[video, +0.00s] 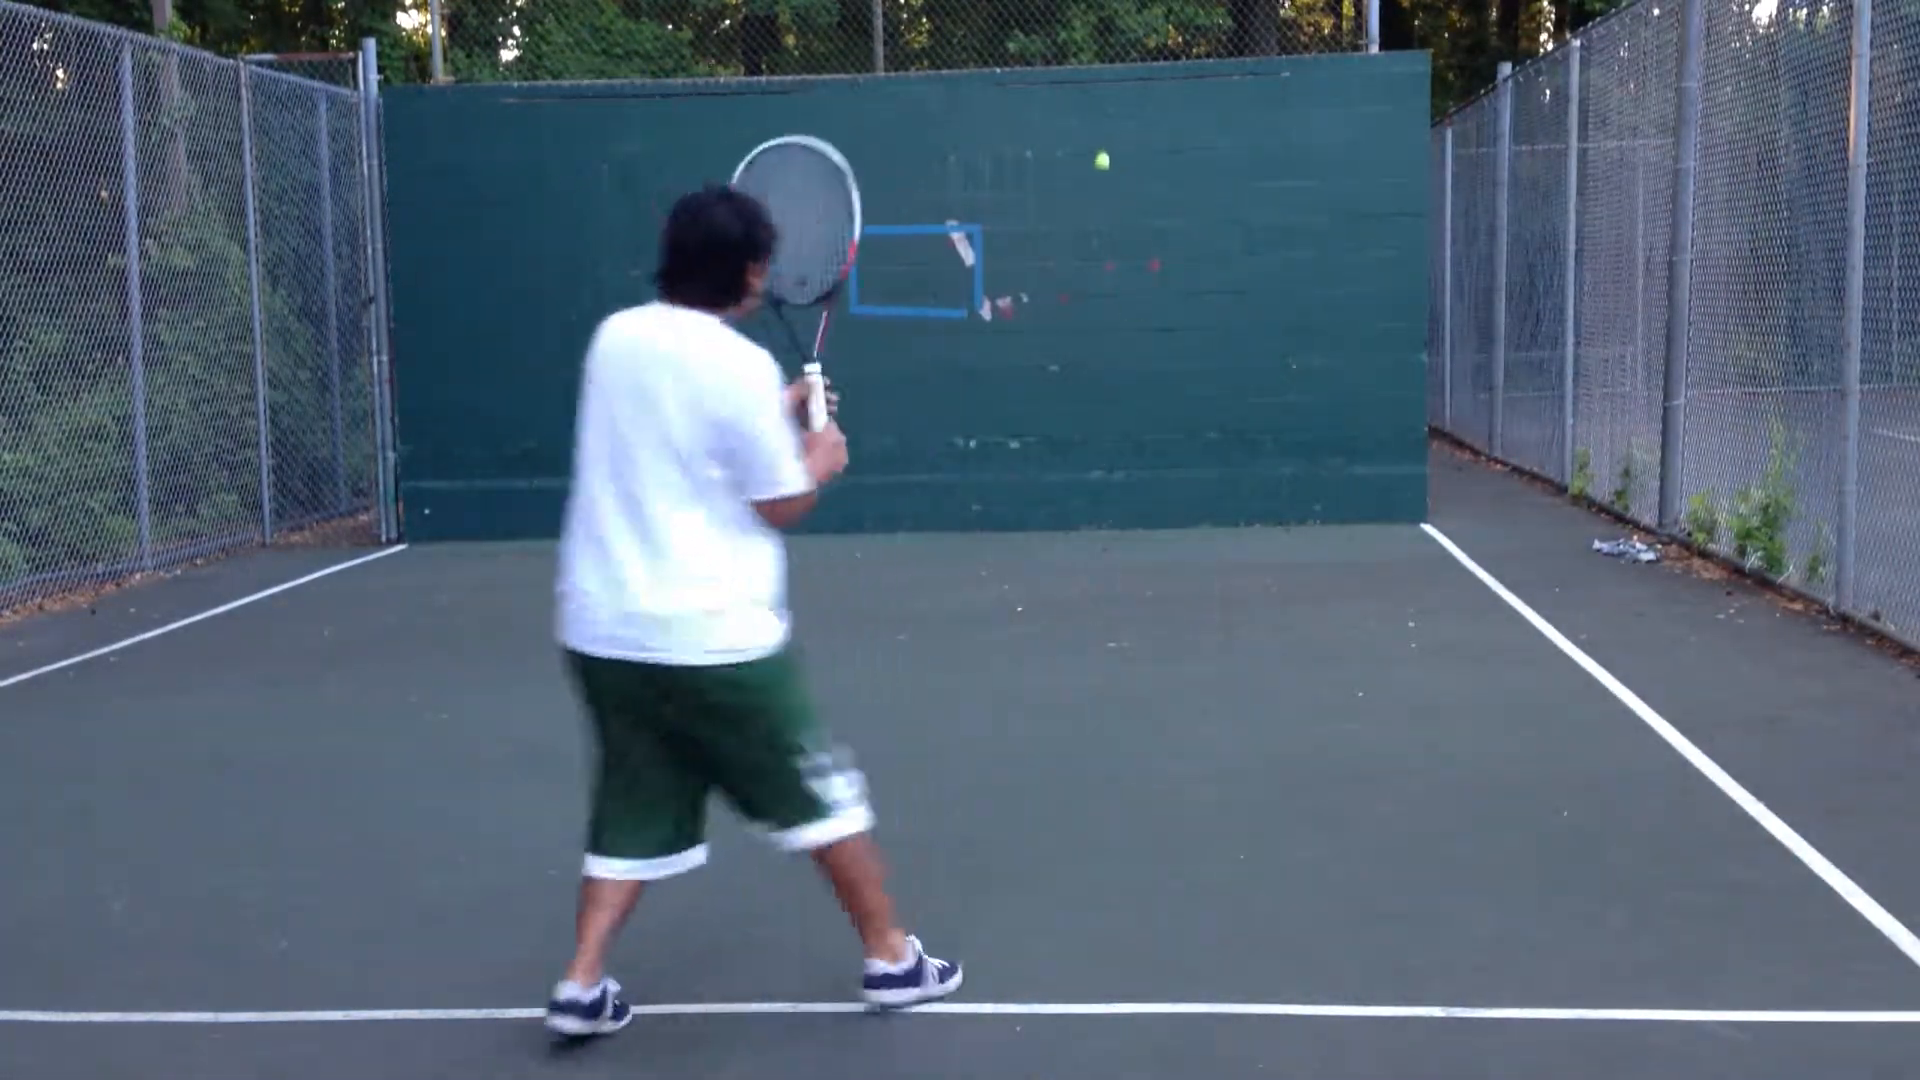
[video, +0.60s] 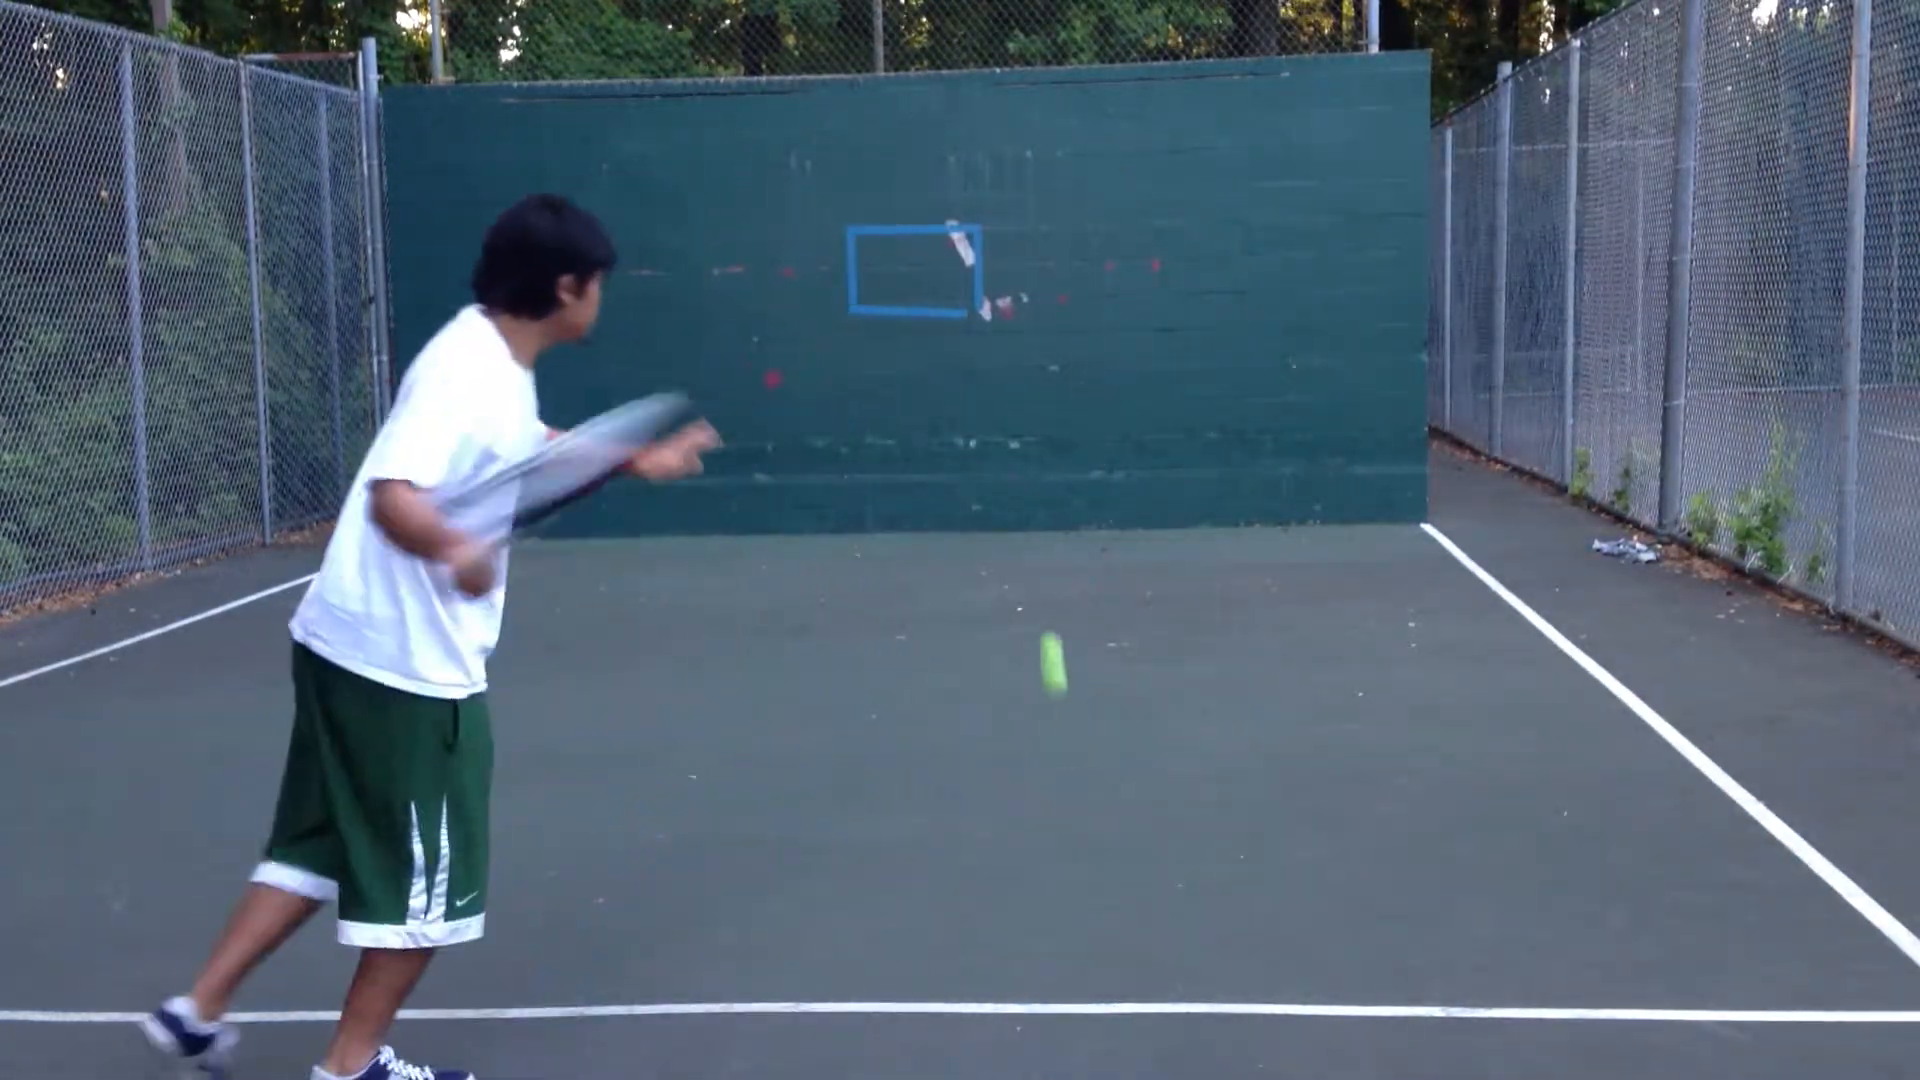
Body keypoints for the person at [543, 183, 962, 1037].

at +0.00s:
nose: (765, 280)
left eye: (764, 265)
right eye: (761, 266)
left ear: (671, 263)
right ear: (743, 276)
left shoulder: (613, 337)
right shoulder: (736, 367)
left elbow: (675, 437)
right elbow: (781, 503)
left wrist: (777, 409)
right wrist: (822, 461)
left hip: (602, 631)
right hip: (716, 641)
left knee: (635, 804)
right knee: (819, 794)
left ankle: (581, 983)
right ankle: (891, 956)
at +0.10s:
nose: (732, 272)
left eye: (731, 256)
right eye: (728, 258)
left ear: (641, 249)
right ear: (706, 265)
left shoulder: (586, 318)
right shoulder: (682, 355)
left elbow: (632, 427)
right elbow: (727, 490)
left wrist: (745, 407)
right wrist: (801, 456)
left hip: (542, 618)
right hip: (640, 632)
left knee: (591, 813)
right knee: (738, 802)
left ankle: (574, 997)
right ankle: (784, 970)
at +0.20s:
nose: (708, 254)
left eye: (709, 239)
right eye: (705, 239)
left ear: (617, 229)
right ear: (681, 245)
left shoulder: (566, 293)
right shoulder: (641, 331)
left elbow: (606, 420)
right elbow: (689, 472)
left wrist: (716, 410)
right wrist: (788, 448)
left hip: (478, 574)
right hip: (557, 596)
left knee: (531, 791)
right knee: (623, 801)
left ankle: (556, 979)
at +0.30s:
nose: (676, 269)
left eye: (675, 253)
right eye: (672, 254)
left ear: (589, 243)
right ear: (642, 261)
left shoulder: (544, 304)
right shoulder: (592, 339)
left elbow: (588, 428)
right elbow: (644, 477)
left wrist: (700, 425)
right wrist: (771, 455)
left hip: (437, 586)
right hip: (486, 612)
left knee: (474, 806)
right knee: (497, 828)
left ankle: (459, 986)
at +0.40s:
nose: (641, 300)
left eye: (641, 283)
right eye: (639, 285)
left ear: (551, 274)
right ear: (616, 293)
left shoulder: (517, 344)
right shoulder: (536, 366)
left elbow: (580, 458)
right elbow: (567, 505)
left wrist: (688, 462)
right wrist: (697, 489)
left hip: (399, 630)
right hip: (442, 653)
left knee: (393, 837)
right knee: (435, 872)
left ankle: (361, 1013)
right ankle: (356, 1058)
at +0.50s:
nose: (621, 306)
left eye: (622, 290)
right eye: (618, 290)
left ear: (545, 287)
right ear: (589, 297)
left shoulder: (507, 358)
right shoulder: (499, 373)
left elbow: (549, 462)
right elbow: (467, 510)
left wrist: (663, 482)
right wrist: (582, 526)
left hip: (366, 638)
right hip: (415, 663)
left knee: (357, 850)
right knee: (426, 896)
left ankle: (267, 1003)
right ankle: (351, 1063)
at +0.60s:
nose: (598, 300)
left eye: (597, 283)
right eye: (594, 284)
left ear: (516, 280)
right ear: (563, 293)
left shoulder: (489, 356)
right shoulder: (466, 369)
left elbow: (525, 462)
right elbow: (392, 495)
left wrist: (632, 458)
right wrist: (454, 548)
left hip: (349, 638)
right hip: (405, 662)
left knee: (317, 847)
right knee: (426, 884)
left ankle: (197, 1010)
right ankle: (352, 1061)